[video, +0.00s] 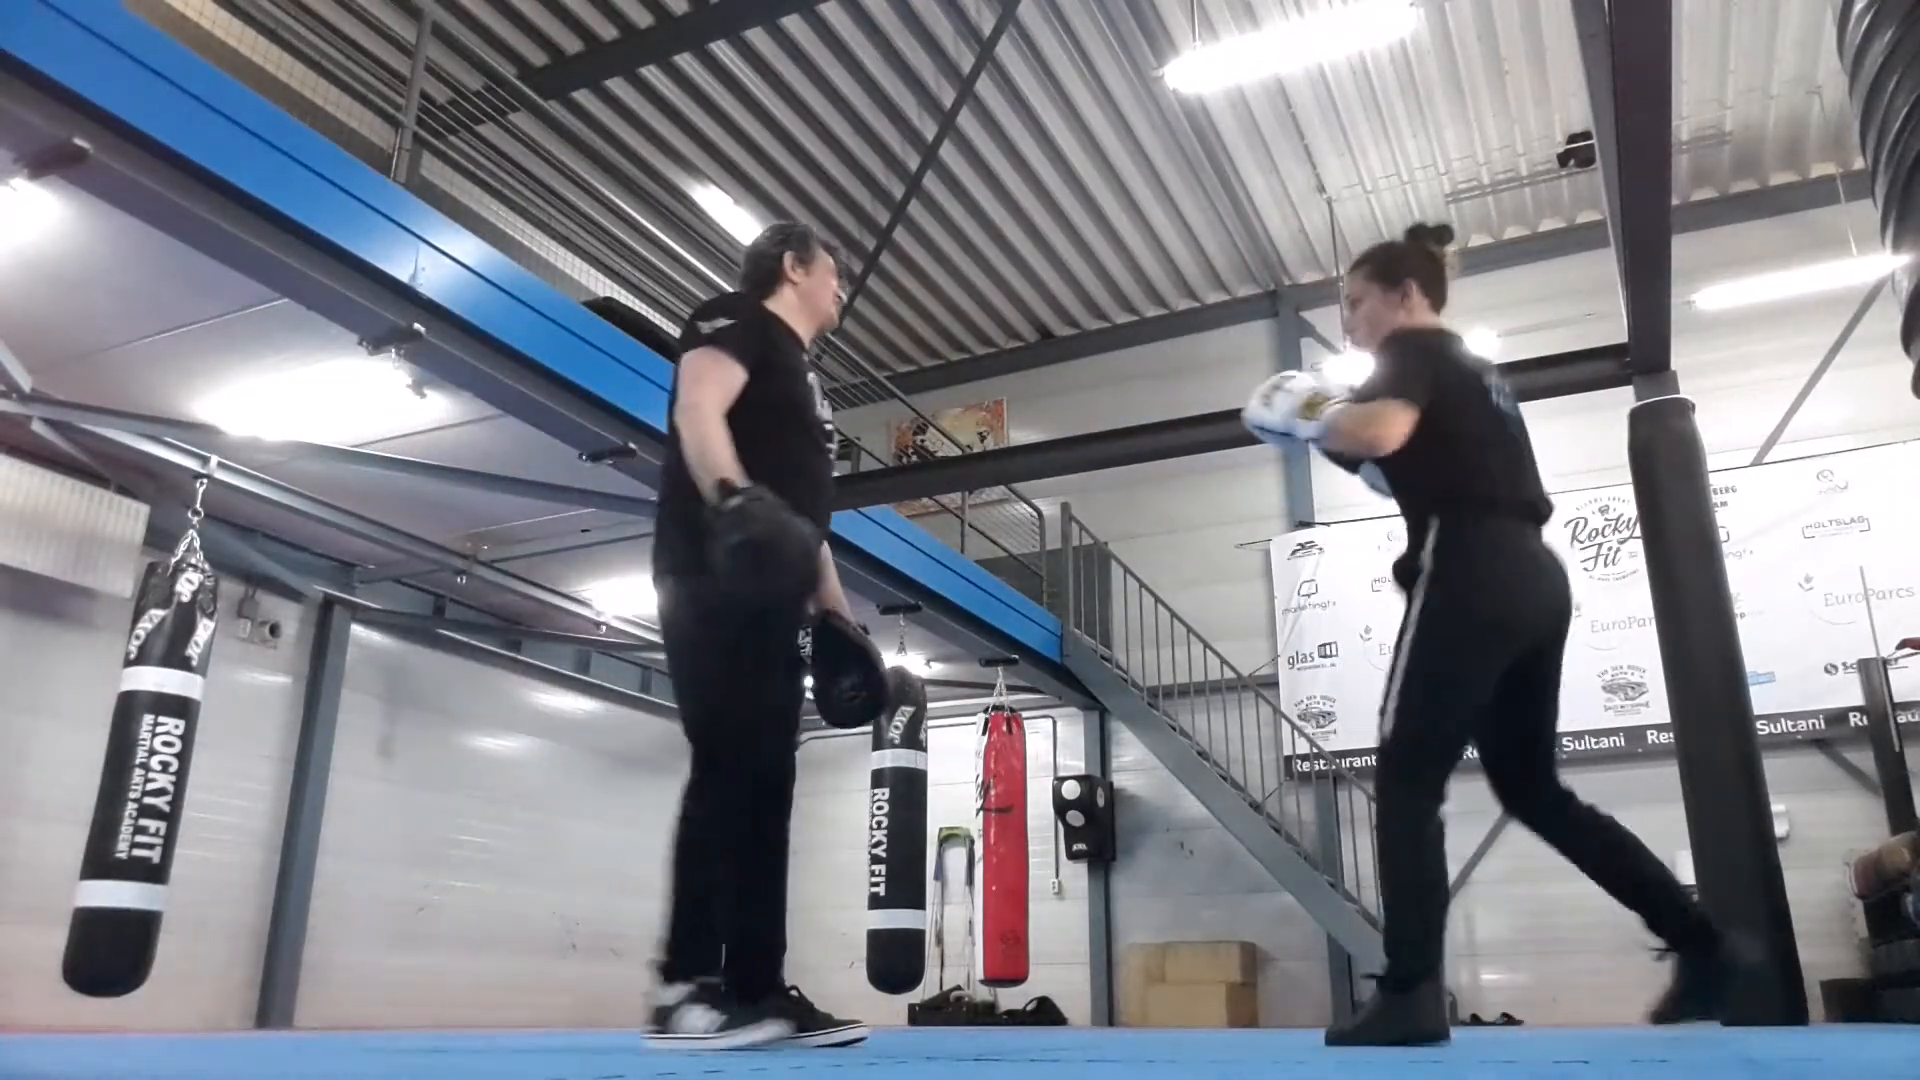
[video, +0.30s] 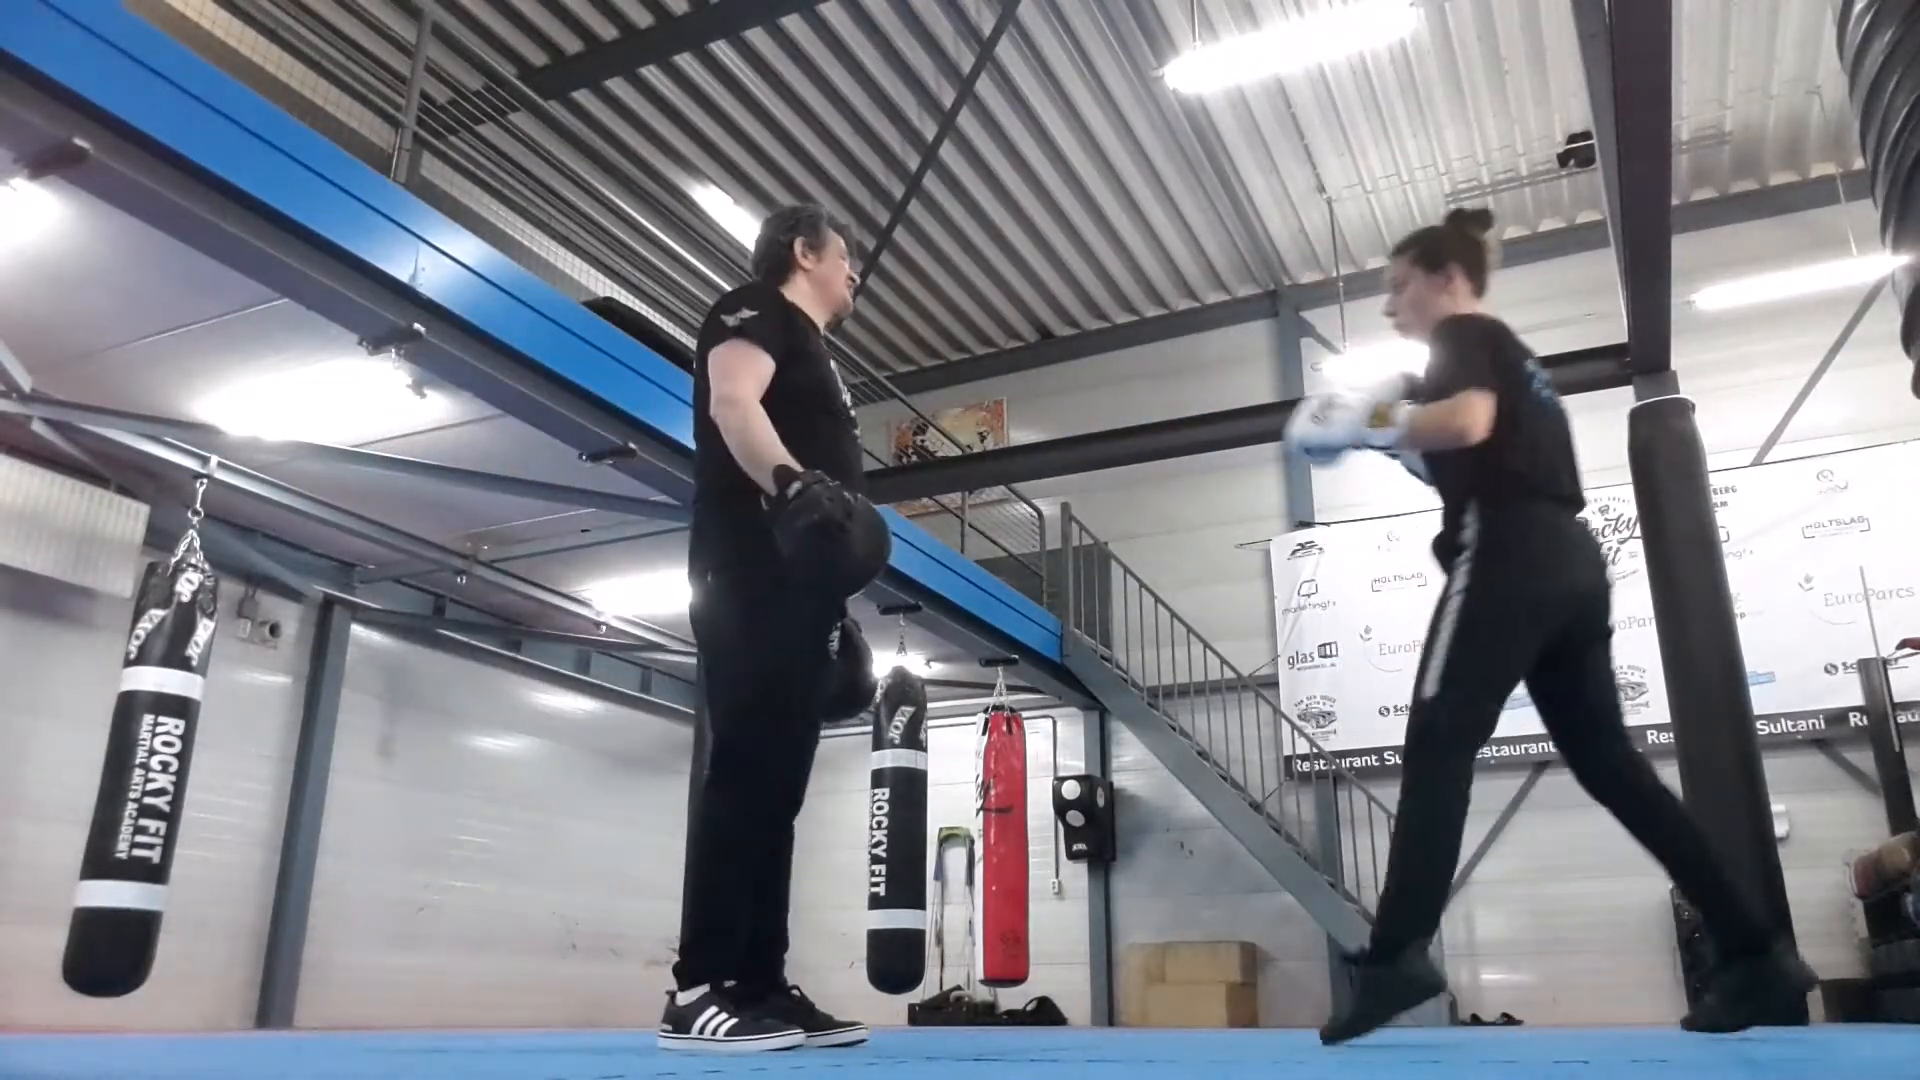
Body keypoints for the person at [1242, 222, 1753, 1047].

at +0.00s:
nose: (1349, 325)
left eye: (1355, 306)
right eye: (1346, 310)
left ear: (1403, 295)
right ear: (1421, 304)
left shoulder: (1412, 351)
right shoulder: (1470, 366)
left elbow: (1383, 430)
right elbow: (1417, 449)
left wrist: (1314, 419)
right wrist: (1333, 411)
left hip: (1470, 577)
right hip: (1532, 576)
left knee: (1406, 780)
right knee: (1529, 788)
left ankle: (1409, 996)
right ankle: (1701, 945)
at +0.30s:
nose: (1391, 308)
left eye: (1400, 289)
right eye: (1389, 292)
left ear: (1448, 280)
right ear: (1463, 290)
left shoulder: (1464, 333)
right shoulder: (1511, 355)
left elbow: (1468, 417)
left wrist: (1378, 424)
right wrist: (1390, 411)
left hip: (1506, 558)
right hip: (1569, 556)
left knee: (1438, 747)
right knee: (1610, 767)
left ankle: (1396, 959)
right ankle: (1755, 958)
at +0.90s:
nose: (1449, 303)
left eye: (1462, 287)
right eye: (1451, 289)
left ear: (1514, 291)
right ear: (1515, 300)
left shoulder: (1528, 348)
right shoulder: (1548, 369)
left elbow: (1556, 429)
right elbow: (1527, 508)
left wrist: (1458, 469)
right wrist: (1441, 535)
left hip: (1542, 583)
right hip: (1585, 587)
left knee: (1486, 776)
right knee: (1647, 787)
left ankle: (1498, 997)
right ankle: (1779, 981)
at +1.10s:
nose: (1422, 283)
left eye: (1436, 269)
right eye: (1424, 271)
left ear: (1486, 275)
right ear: (1487, 281)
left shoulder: (1509, 330)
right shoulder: (1490, 359)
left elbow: (1541, 413)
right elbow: (1486, 482)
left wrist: (1445, 477)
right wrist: (1418, 499)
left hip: (1524, 563)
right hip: (1554, 565)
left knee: (1490, 769)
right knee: (1606, 772)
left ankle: (1499, 997)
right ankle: (1764, 972)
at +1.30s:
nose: (1382, 284)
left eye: (1396, 269)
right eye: (1387, 270)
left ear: (1445, 278)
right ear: (1443, 283)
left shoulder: (1473, 331)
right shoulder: (1454, 364)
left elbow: (1521, 409)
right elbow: (1475, 495)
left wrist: (1504, 513)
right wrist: (1464, 607)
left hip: (1522, 562)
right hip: (1526, 570)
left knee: (1491, 768)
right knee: (1597, 777)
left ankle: (1498, 996)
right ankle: (1760, 974)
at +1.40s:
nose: (1363, 298)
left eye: (1376, 283)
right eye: (1365, 285)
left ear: (1425, 287)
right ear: (1422, 292)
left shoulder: (1456, 342)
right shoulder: (1436, 379)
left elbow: (1506, 413)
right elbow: (1471, 513)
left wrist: (1532, 488)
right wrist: (1451, 612)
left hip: (1525, 574)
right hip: (1534, 582)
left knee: (1478, 766)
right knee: (1604, 780)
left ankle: (1497, 996)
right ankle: (1762, 975)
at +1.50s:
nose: (1345, 306)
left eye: (1358, 292)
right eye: (1346, 294)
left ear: (1407, 296)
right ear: (1396, 303)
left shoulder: (1447, 349)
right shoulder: (1412, 399)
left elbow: (1516, 407)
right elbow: (1451, 519)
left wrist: (1555, 476)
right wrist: (1431, 618)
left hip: (1527, 576)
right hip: (1526, 589)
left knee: (1461, 769)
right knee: (1619, 786)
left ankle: (1496, 996)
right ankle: (1768, 973)